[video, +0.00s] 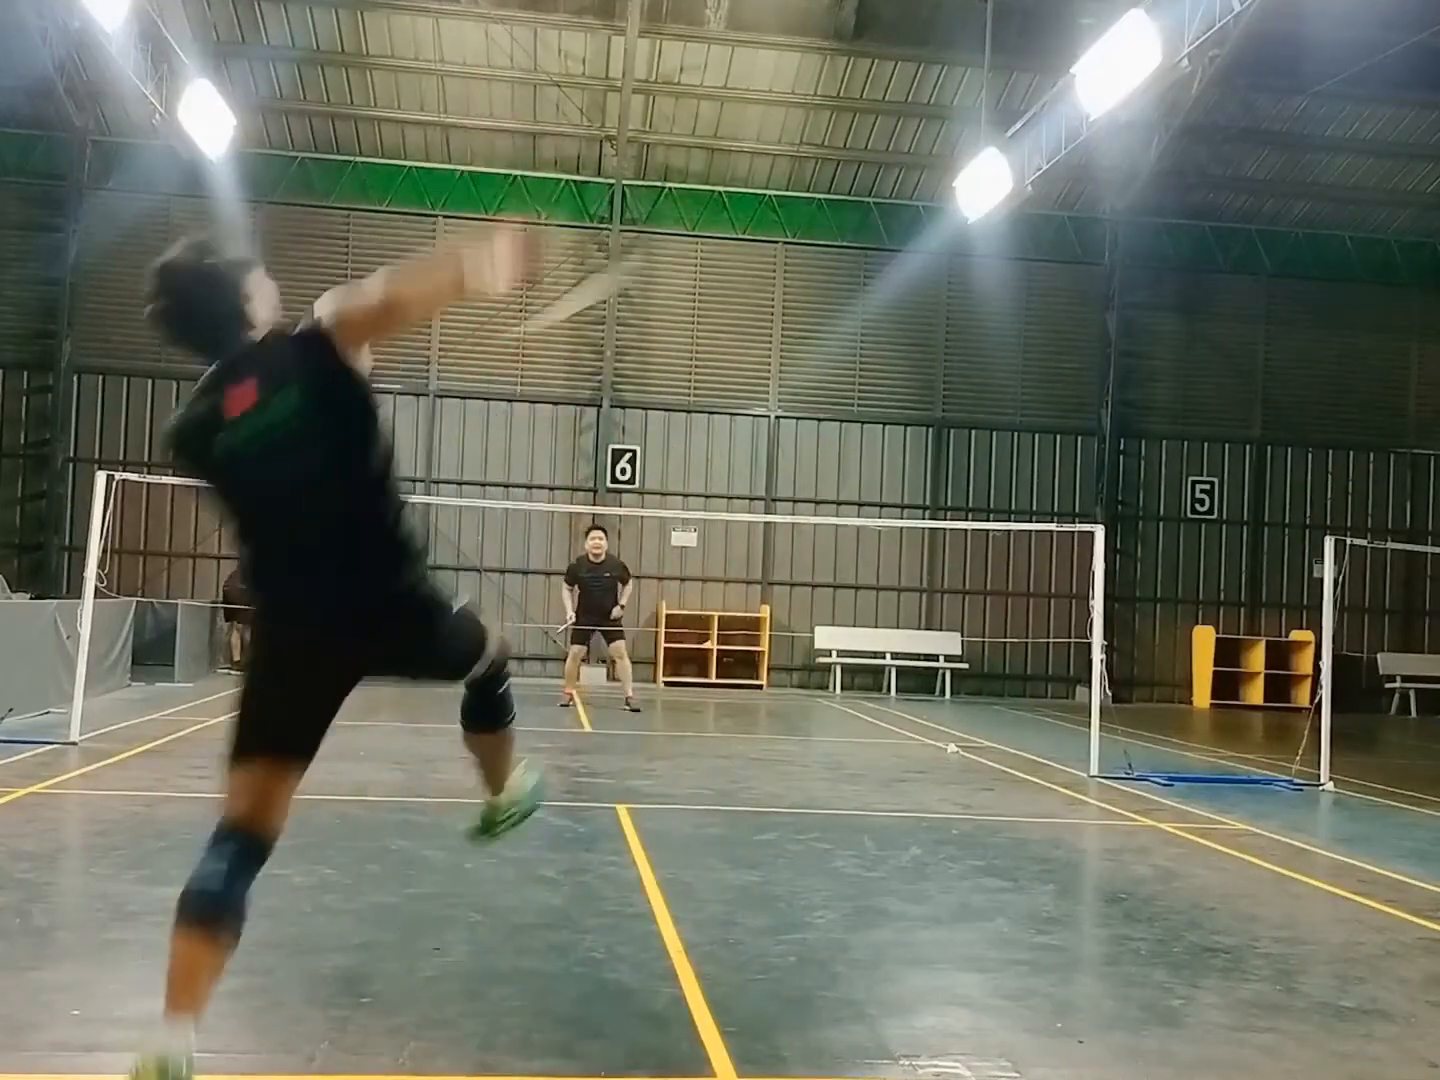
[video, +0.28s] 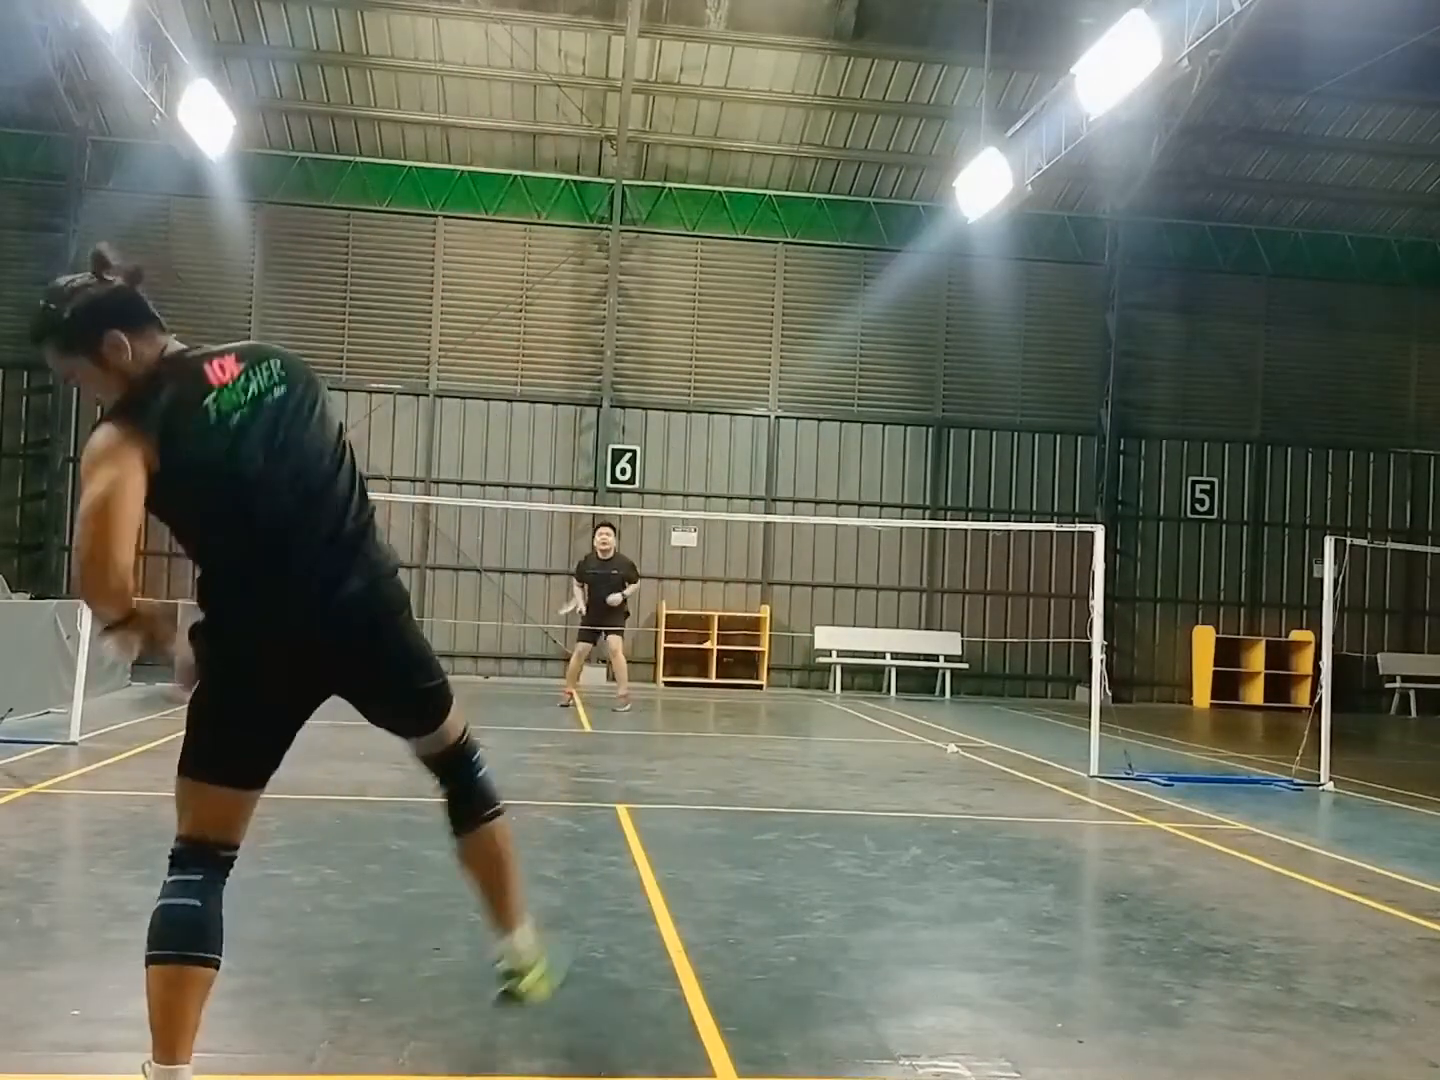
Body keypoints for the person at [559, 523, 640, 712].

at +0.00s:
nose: (597, 542)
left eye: (600, 539)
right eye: (592, 539)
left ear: (606, 543)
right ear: (586, 543)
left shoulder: (616, 565)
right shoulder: (577, 566)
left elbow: (627, 583)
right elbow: (567, 588)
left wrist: (621, 605)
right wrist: (569, 611)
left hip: (609, 617)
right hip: (584, 617)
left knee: (620, 653)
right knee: (575, 653)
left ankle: (629, 695)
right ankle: (568, 694)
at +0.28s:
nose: (603, 538)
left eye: (607, 535)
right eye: (600, 535)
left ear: (614, 540)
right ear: (594, 540)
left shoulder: (623, 563)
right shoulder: (586, 563)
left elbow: (636, 583)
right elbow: (577, 584)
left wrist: (622, 595)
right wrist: (580, 603)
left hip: (615, 613)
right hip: (592, 612)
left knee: (615, 649)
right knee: (580, 650)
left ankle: (623, 695)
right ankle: (569, 692)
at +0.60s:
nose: (605, 526)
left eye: (610, 524)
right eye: (603, 524)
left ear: (619, 532)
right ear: (598, 530)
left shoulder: (625, 555)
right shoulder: (591, 555)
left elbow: (639, 580)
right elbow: (583, 579)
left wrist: (623, 572)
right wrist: (579, 582)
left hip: (615, 609)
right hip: (593, 608)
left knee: (612, 649)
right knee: (578, 647)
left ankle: (614, 695)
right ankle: (581, 683)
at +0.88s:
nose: (593, 536)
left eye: (597, 534)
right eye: (590, 534)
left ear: (605, 542)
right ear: (585, 540)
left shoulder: (610, 562)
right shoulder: (582, 564)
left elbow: (627, 583)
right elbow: (576, 593)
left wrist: (615, 562)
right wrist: (567, 580)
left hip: (605, 615)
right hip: (586, 615)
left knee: (605, 651)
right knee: (574, 653)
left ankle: (612, 693)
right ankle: (578, 687)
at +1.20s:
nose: (582, 540)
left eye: (587, 538)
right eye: (579, 538)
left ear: (595, 544)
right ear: (575, 544)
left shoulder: (600, 557)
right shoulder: (577, 568)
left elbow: (616, 573)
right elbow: (574, 596)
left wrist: (606, 551)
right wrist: (557, 583)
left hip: (600, 612)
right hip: (582, 614)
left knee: (597, 645)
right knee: (564, 652)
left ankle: (613, 688)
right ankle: (577, 688)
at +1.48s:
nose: (608, 536)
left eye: (611, 534)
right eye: (607, 533)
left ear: (615, 535)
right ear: (602, 532)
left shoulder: (616, 550)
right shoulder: (586, 546)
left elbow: (627, 561)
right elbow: (566, 540)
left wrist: (623, 539)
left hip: (602, 599)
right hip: (581, 597)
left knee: (606, 640)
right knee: (574, 641)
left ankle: (612, 668)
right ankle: (574, 681)